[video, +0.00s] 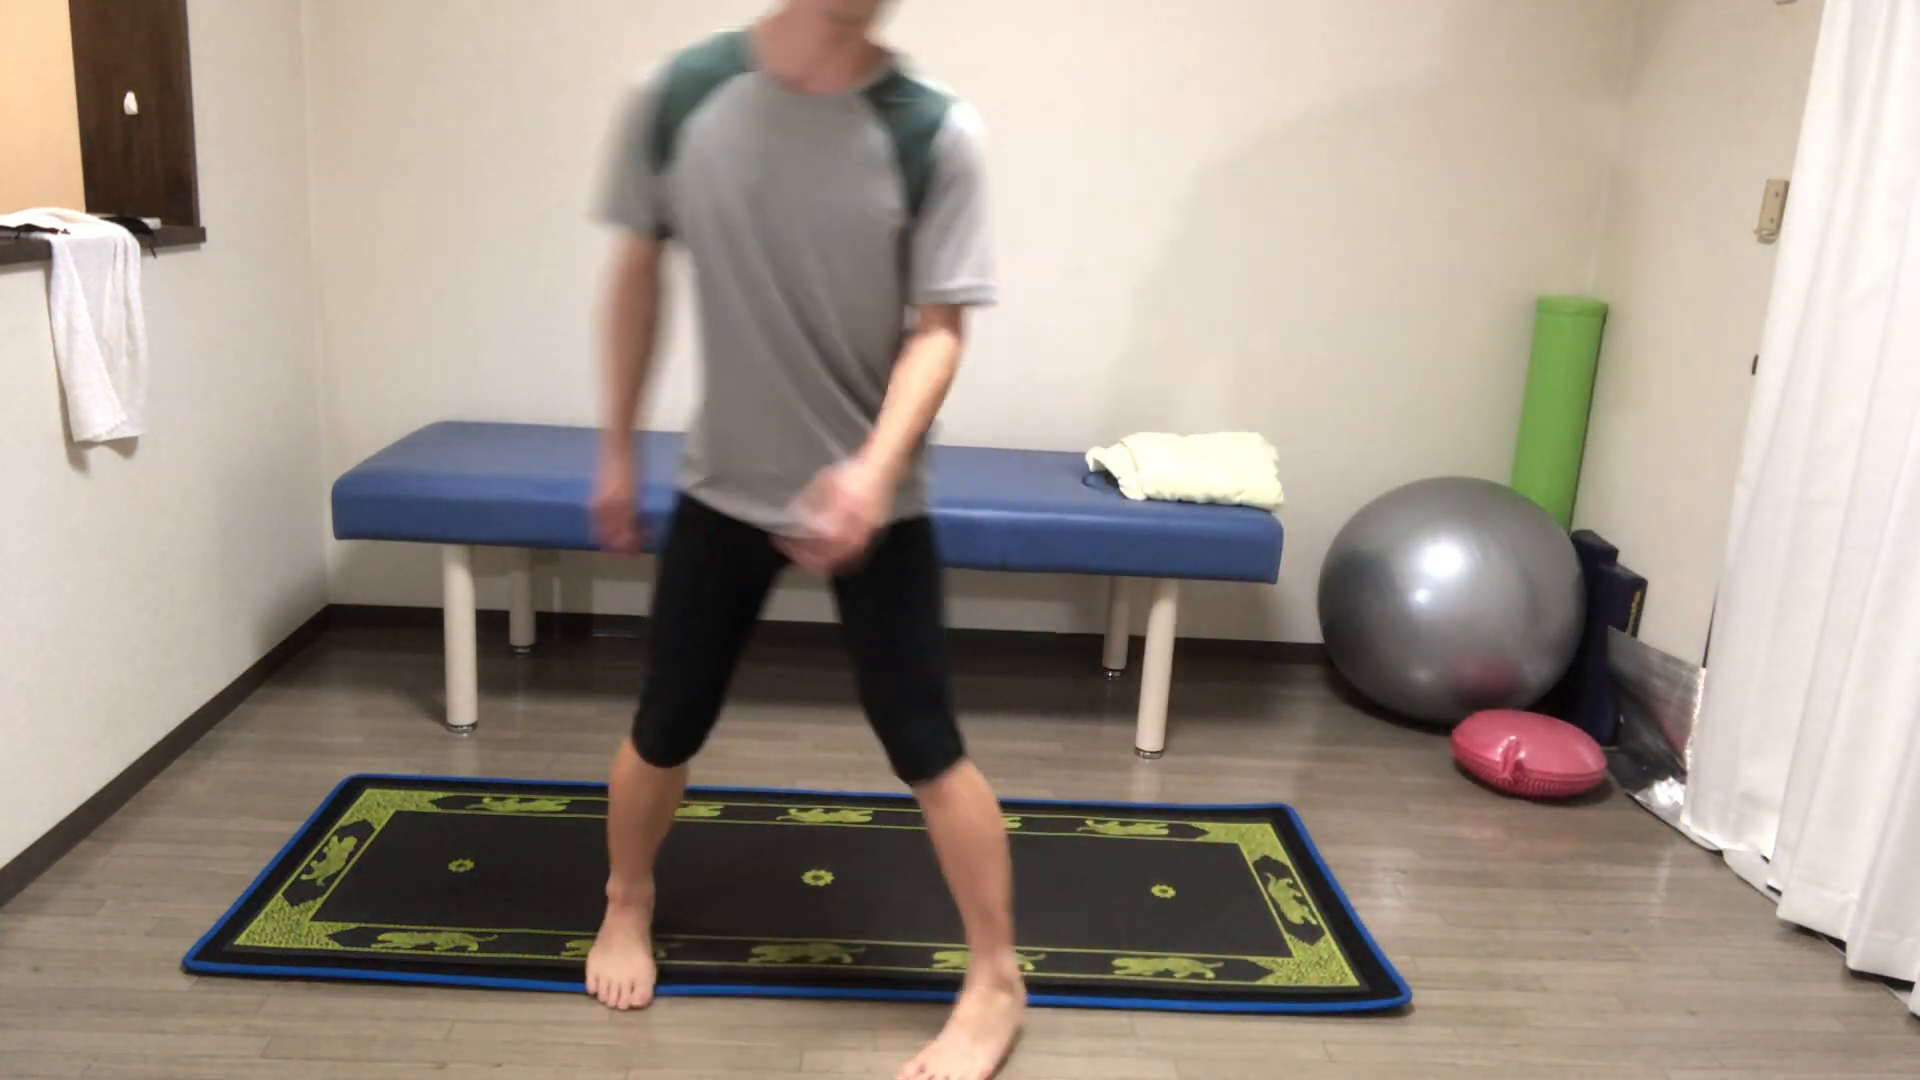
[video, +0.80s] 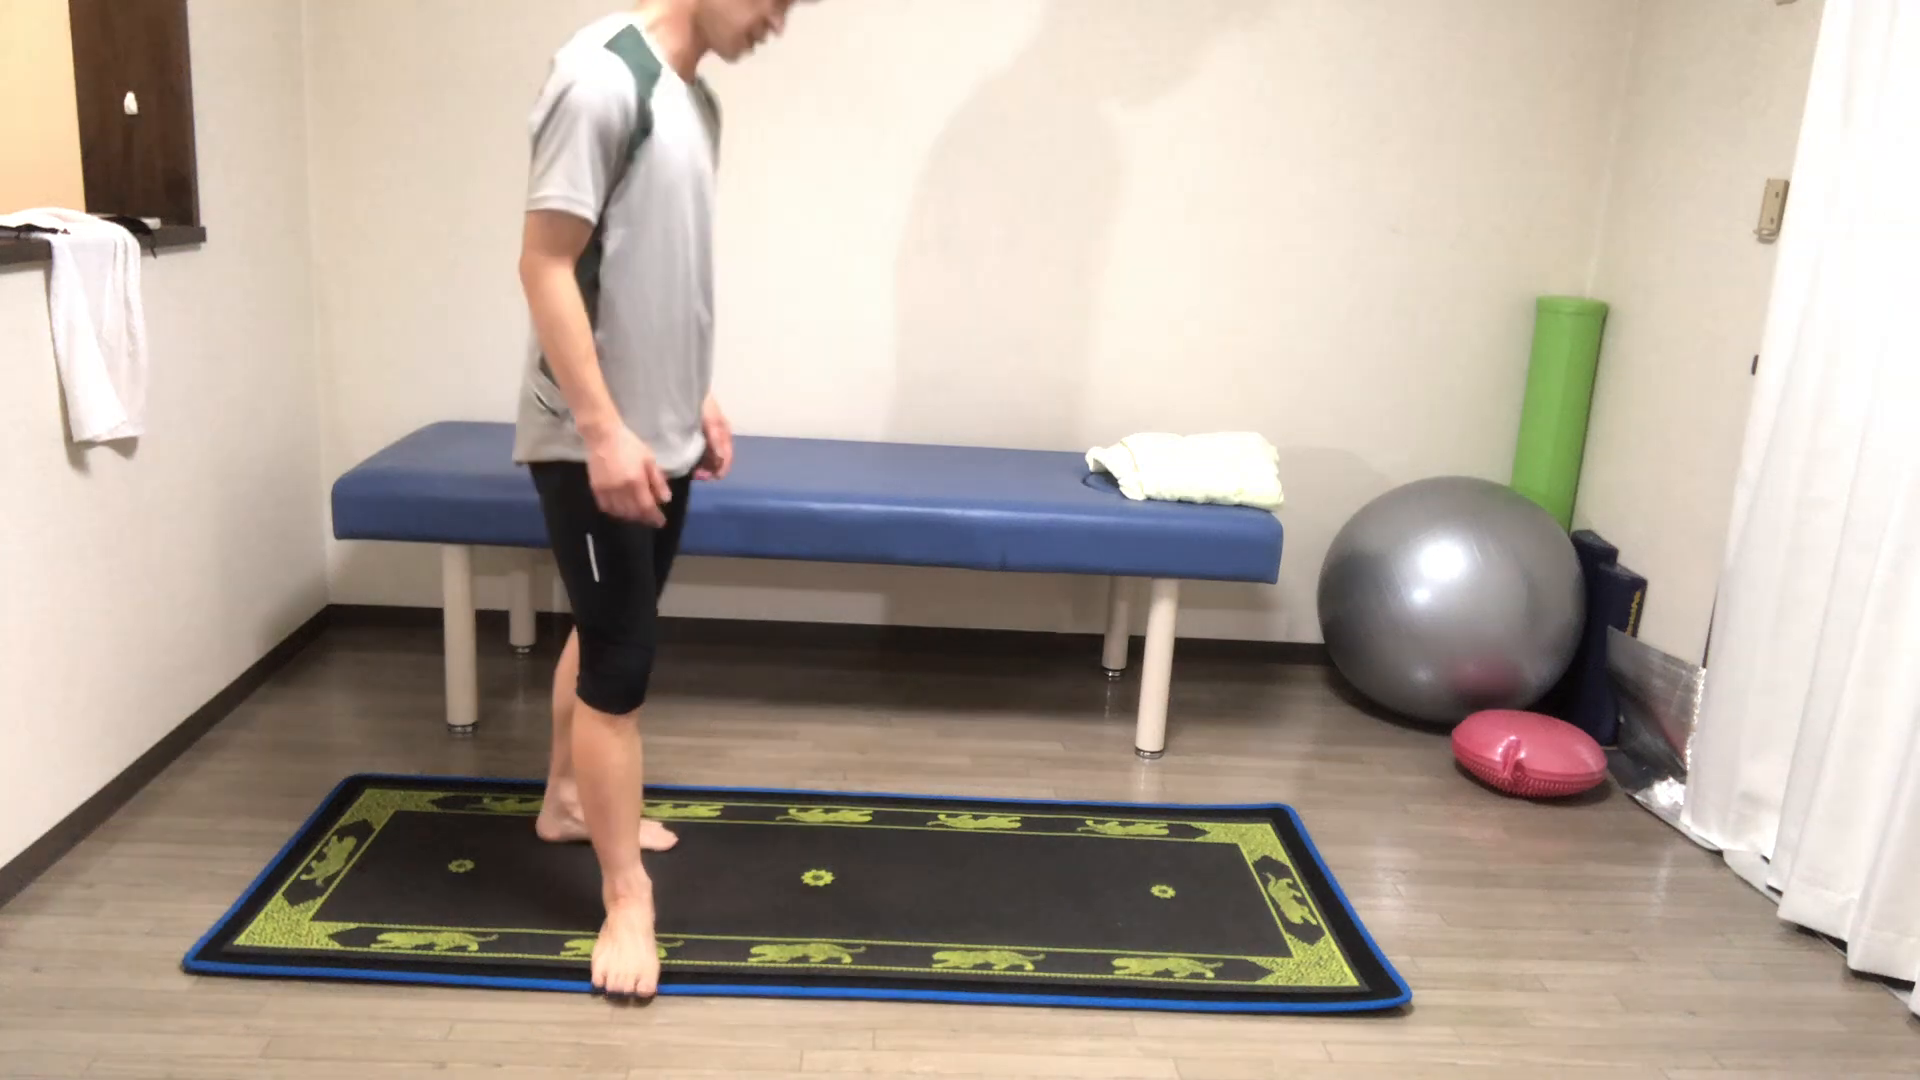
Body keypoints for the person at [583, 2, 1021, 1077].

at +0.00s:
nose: (802, 3)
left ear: (859, 5)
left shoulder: (931, 135)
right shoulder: (678, 97)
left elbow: (940, 326)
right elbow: (636, 273)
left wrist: (875, 469)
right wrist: (617, 450)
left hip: (871, 492)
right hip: (723, 483)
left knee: (925, 745)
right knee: (664, 727)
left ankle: (996, 980)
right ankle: (626, 907)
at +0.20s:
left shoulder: (837, 92)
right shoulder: (582, 89)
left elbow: (879, 273)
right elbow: (494, 280)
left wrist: (913, 425)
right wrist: (450, 451)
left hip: (805, 452)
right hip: (662, 457)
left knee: (846, 691)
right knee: (648, 700)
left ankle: (859, 902)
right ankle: (629, 906)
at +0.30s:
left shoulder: (810, 83)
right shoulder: (567, 86)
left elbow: (854, 237)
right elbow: (463, 268)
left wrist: (877, 369)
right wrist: (404, 441)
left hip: (778, 442)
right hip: (646, 451)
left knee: (800, 675)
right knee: (640, 690)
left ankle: (762, 845)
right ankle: (629, 903)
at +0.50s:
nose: (692, 3)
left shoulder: (775, 76)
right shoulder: (564, 94)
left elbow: (780, 227)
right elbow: (483, 282)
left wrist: (776, 343)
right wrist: (449, 459)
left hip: (730, 432)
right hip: (622, 447)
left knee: (723, 632)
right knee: (627, 677)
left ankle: (618, 758)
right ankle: (626, 902)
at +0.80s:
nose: (778, 27)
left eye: (786, 14)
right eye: (775, 6)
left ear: (737, 8)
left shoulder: (695, 97)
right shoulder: (601, 78)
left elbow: (665, 271)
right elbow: (544, 267)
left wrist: (696, 396)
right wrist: (602, 431)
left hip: (666, 430)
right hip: (591, 432)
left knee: (608, 628)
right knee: (618, 665)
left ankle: (568, 797)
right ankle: (626, 899)